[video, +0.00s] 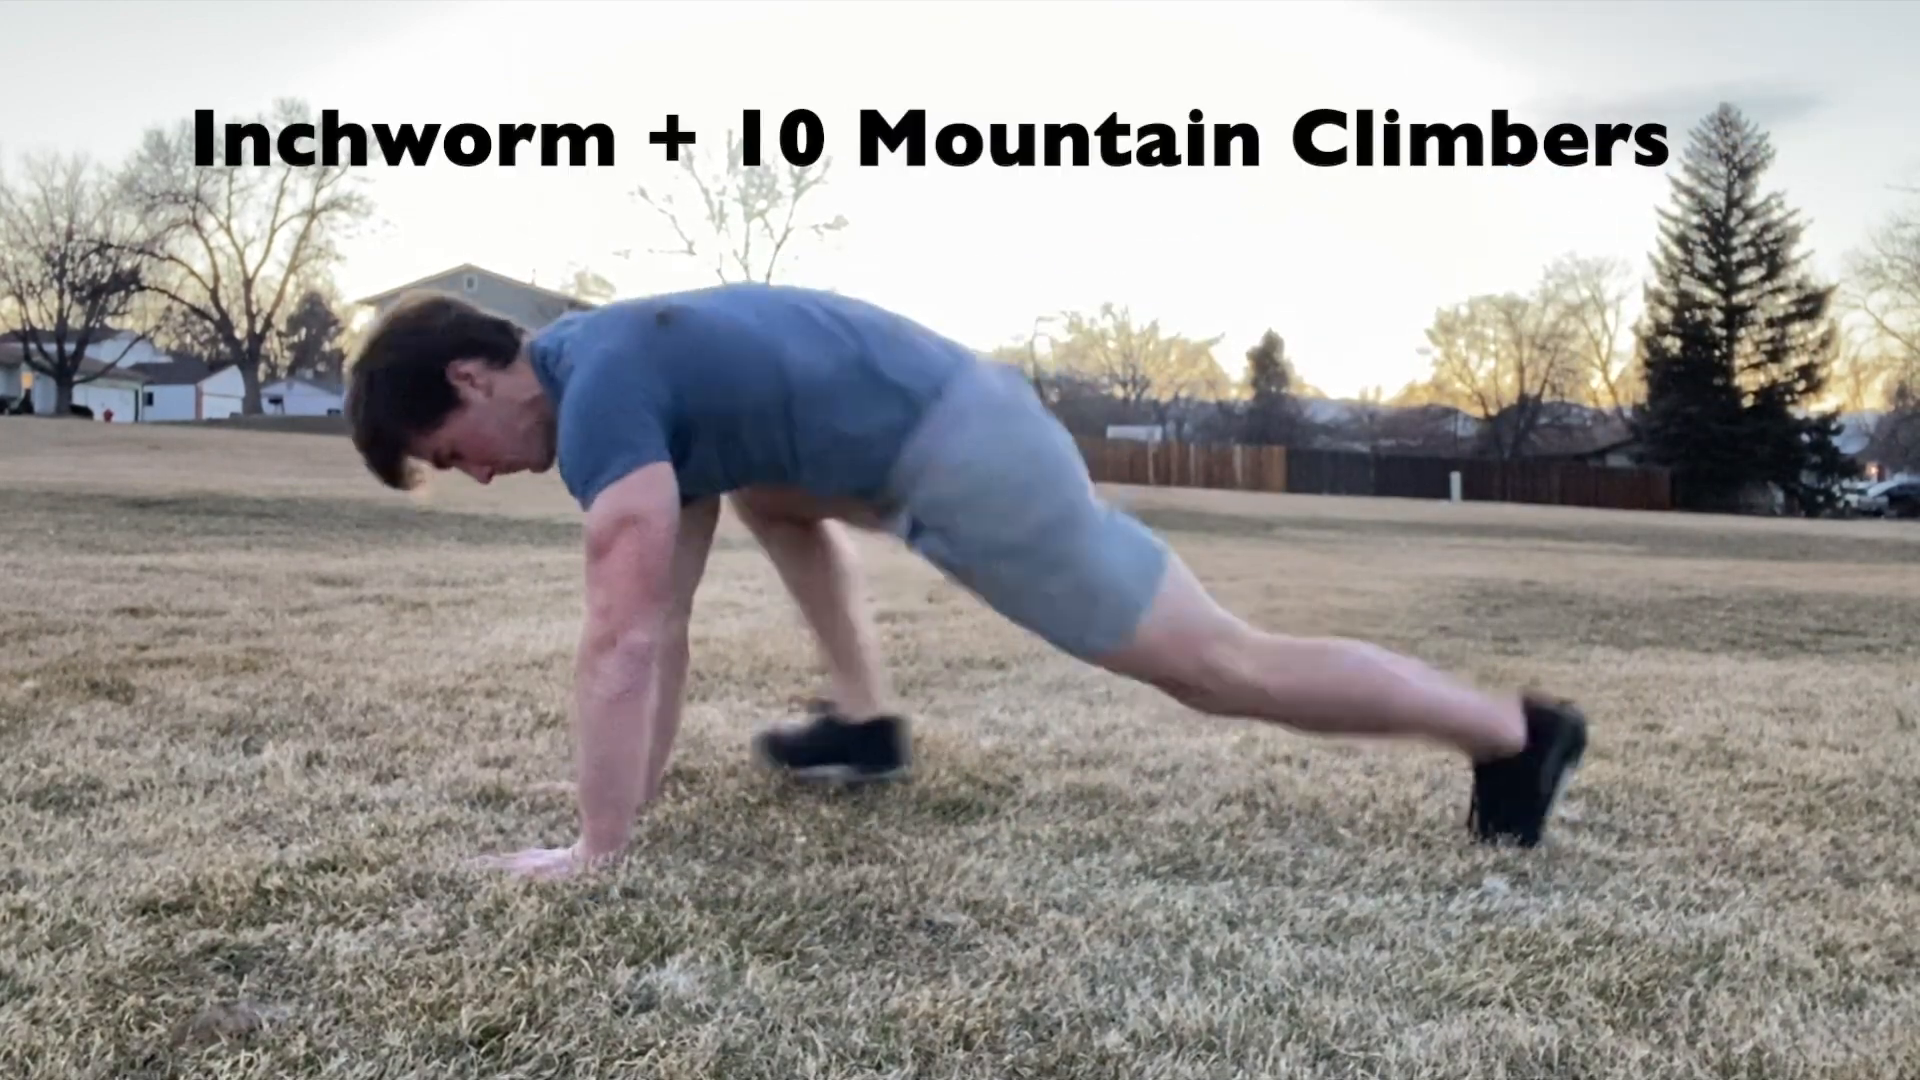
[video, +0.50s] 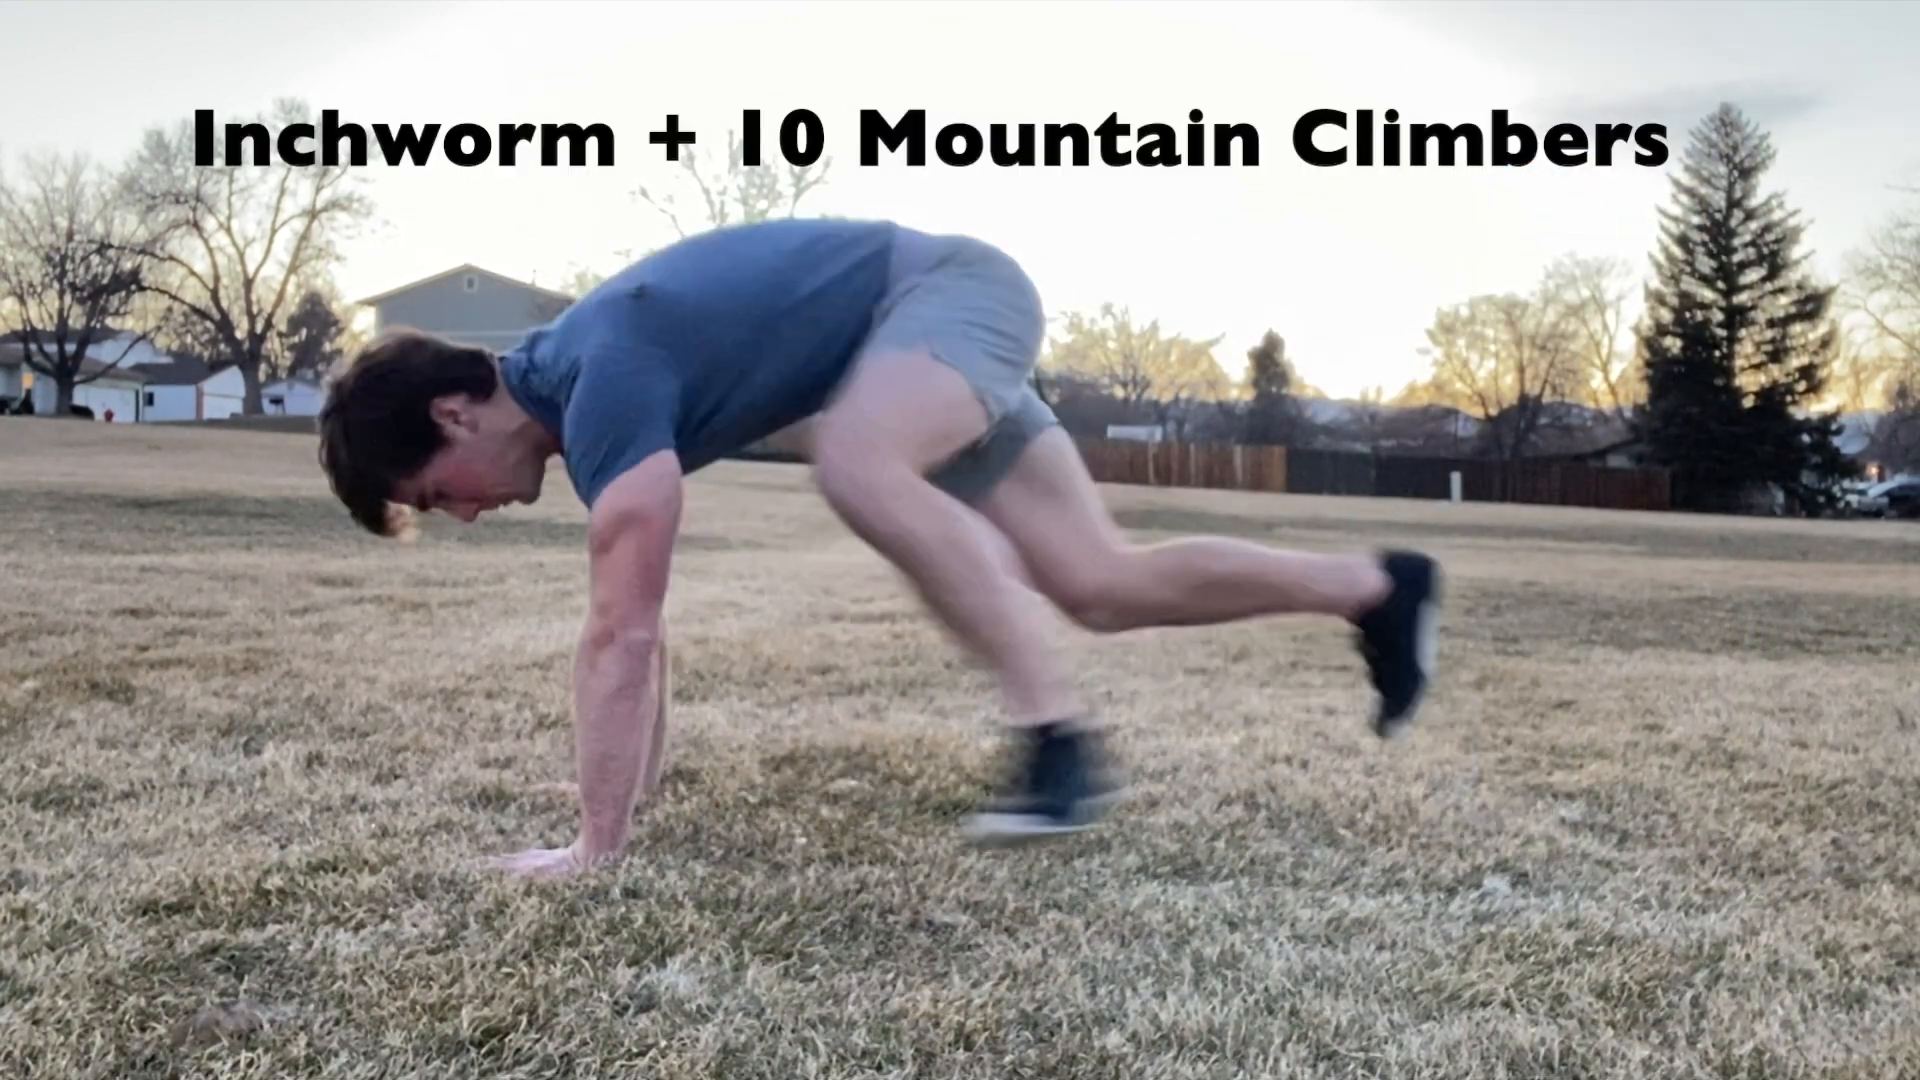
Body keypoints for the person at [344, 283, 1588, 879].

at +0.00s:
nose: (473, 473)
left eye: (452, 450)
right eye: (451, 465)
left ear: (476, 379)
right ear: (488, 376)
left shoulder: (602, 377)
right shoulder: (618, 371)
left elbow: (634, 621)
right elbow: (643, 629)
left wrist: (602, 839)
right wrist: (623, 819)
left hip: (966, 449)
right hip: (911, 445)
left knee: (1216, 663)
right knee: (753, 492)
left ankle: (1515, 733)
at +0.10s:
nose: (504, 472)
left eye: (484, 449)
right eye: (482, 464)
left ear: (512, 372)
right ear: (520, 366)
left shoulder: (648, 386)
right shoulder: (649, 375)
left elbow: (658, 649)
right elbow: (658, 608)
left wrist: (599, 848)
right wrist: (598, 811)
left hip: (989, 532)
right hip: (936, 513)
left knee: (1232, 738)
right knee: (736, 520)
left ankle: (1510, 743)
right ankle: (828, 740)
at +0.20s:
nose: (505, 486)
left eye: (482, 463)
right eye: (482, 479)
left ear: (506, 388)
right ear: (515, 384)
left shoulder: (640, 384)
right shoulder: (649, 372)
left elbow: (653, 641)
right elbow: (656, 613)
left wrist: (602, 845)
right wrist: (600, 814)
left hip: (995, 484)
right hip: (934, 474)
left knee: (1225, 689)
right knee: (756, 503)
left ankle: (1510, 744)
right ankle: (832, 735)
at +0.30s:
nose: (476, 502)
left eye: (455, 480)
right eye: (453, 495)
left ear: (479, 404)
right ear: (483, 410)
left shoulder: (601, 376)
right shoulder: (610, 383)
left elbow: (619, 624)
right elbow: (647, 622)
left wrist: (598, 841)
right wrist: (640, 784)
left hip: (974, 363)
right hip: (922, 400)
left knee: (1193, 603)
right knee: (794, 510)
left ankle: (1477, 709)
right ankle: (979, 701)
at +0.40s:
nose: (468, 515)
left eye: (444, 495)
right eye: (441, 509)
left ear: (461, 419)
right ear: (465, 414)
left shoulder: (596, 373)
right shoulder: (580, 381)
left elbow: (620, 626)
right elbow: (641, 604)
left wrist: (596, 843)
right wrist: (645, 777)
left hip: (958, 273)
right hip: (902, 337)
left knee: (1044, 577)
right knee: (938, 599)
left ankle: (1343, 684)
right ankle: (1205, 604)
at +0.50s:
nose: (459, 512)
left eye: (437, 491)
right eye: (434, 505)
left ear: (458, 415)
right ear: (461, 410)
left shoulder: (605, 371)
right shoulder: (581, 378)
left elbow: (622, 630)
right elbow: (633, 605)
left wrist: (593, 845)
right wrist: (637, 763)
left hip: (949, 289)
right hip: (922, 345)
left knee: (856, 459)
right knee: (1093, 580)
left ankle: (1058, 735)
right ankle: (1378, 588)